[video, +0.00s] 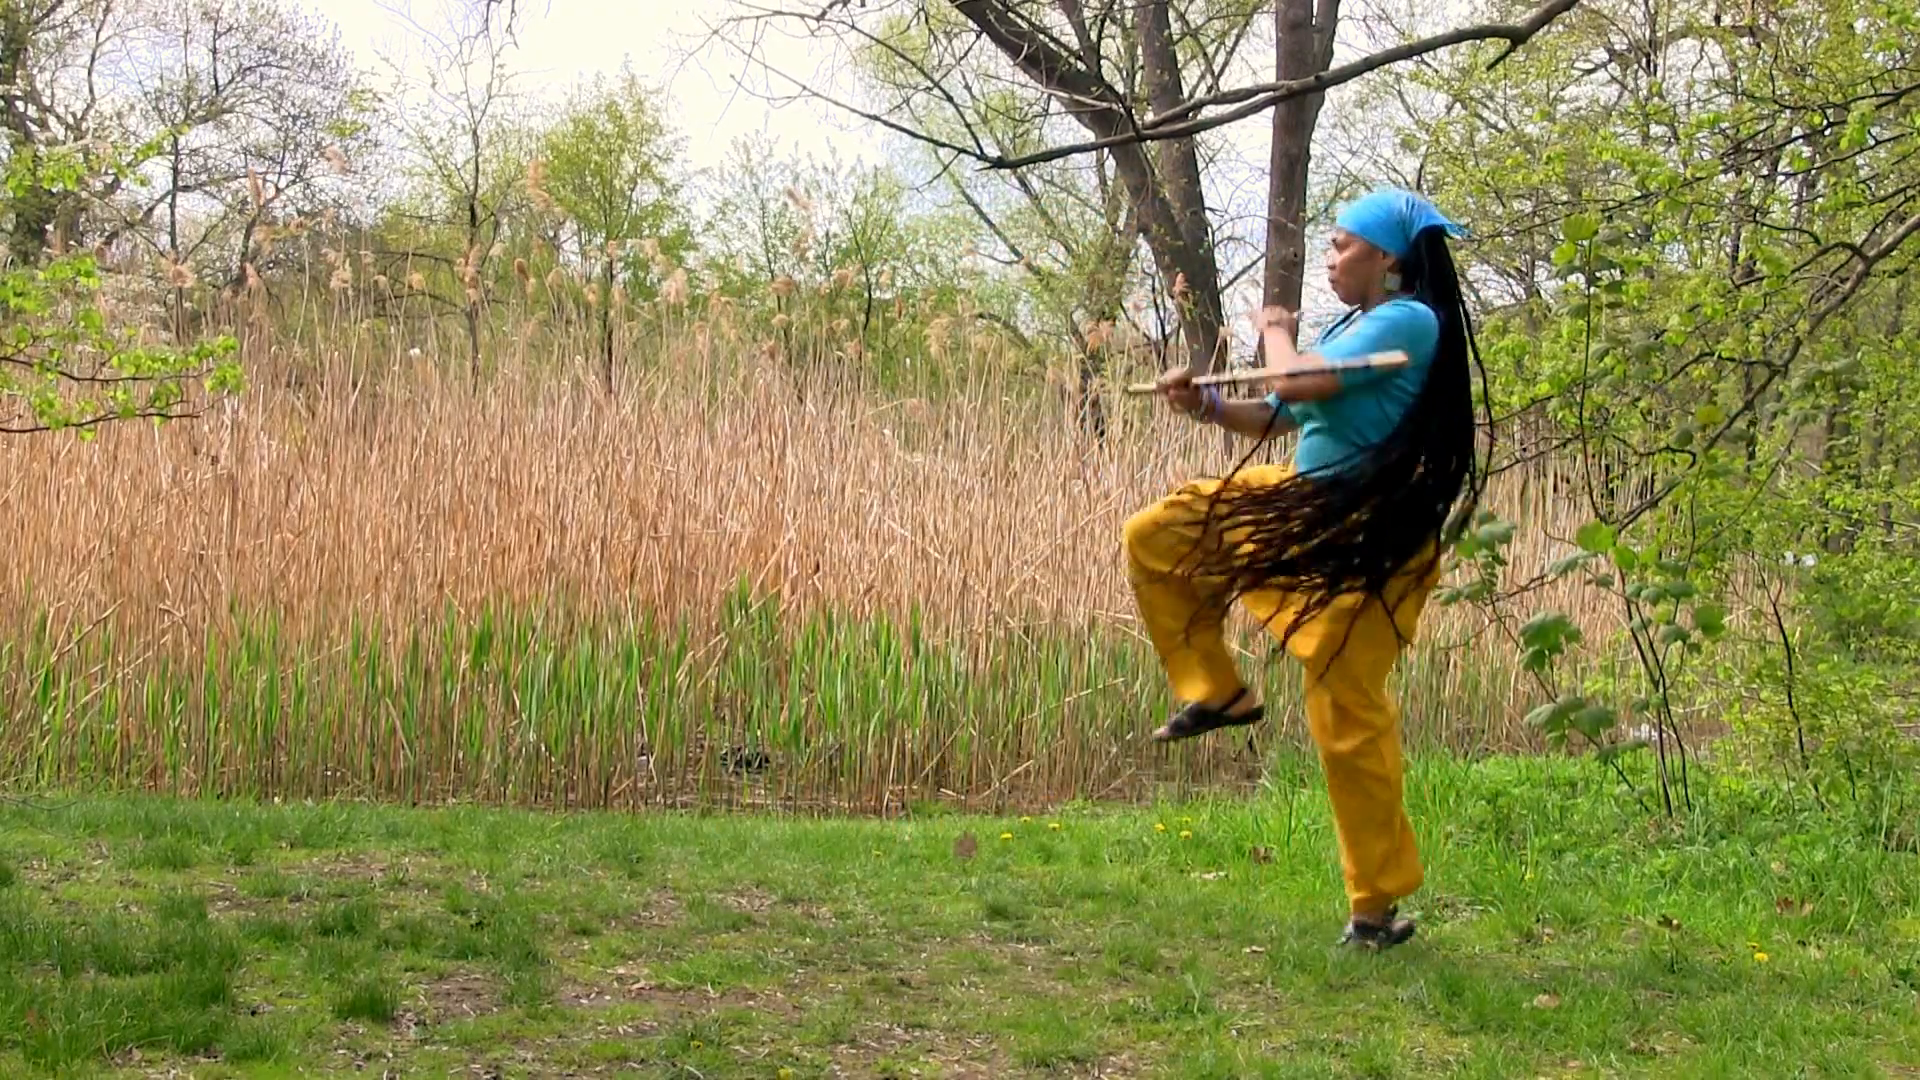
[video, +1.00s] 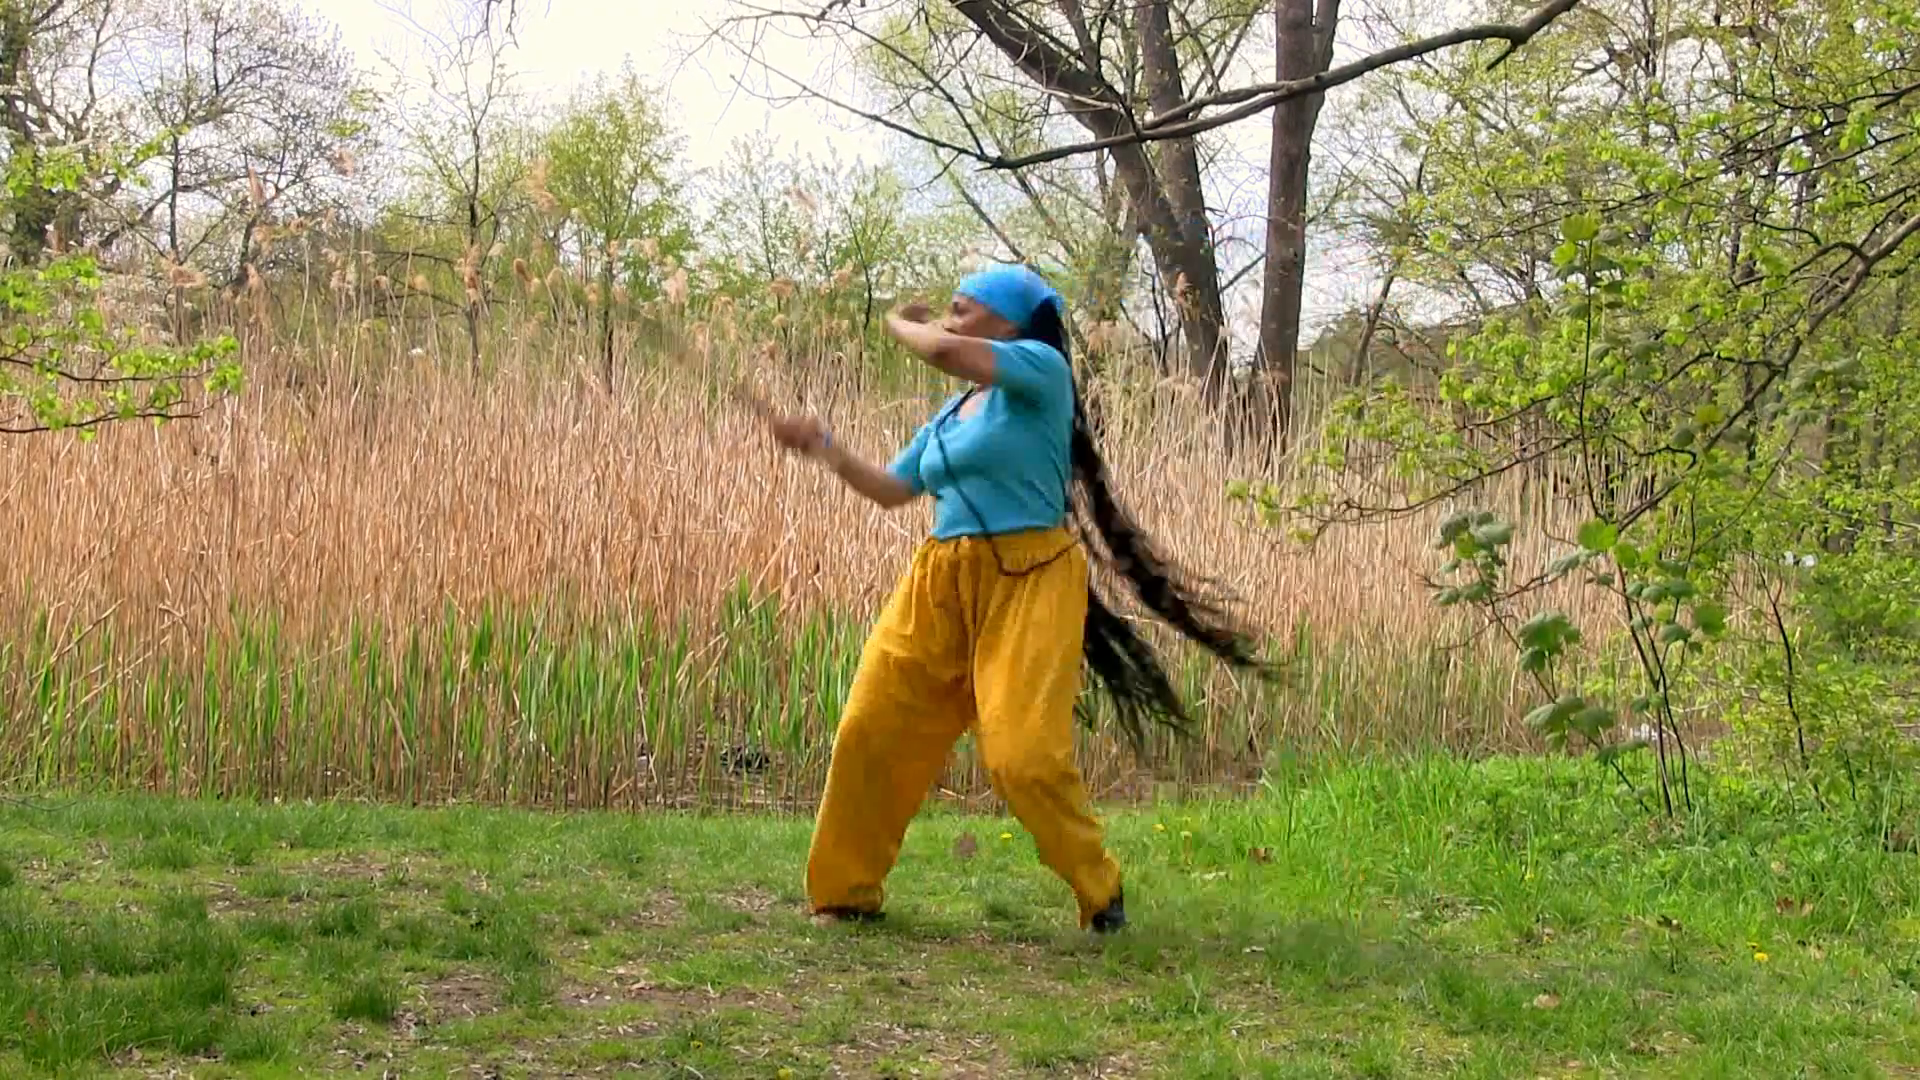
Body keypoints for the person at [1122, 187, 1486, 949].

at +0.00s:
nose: (1329, 257)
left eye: (1344, 245)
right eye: (1332, 244)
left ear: (1389, 258)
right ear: (1366, 259)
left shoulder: (1409, 322)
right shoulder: (1350, 331)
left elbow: (1304, 384)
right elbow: (1277, 417)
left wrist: (1275, 331)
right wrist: (1210, 405)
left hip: (1376, 537)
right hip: (1305, 504)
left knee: (1345, 711)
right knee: (1158, 539)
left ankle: (1376, 903)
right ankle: (1214, 690)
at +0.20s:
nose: (1315, 324)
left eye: (1331, 314)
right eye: (1318, 311)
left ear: (1379, 331)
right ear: (1348, 326)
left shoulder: (1441, 412)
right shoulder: (1301, 386)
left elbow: (1483, 516)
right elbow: (1235, 482)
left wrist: (1374, 513)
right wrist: (1158, 551)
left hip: (1381, 609)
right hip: (1269, 577)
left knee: (1355, 776)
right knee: (1161, 712)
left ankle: (1359, 928)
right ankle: (1107, 859)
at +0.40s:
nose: (1276, 343)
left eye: (1292, 334)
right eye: (1279, 330)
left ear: (1339, 352)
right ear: (1286, 335)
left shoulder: (1390, 431)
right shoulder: (1259, 395)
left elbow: (1503, 470)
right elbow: (1178, 452)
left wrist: (1455, 397)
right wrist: (1128, 455)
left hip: (1325, 601)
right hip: (1219, 586)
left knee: (1346, 771)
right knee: (1149, 737)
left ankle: (1363, 925)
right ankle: (1150, 861)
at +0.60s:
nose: (1176, 277)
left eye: (1192, 268)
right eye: (1177, 266)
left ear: (1238, 286)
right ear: (1188, 281)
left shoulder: (1289, 357)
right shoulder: (1165, 333)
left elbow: (1369, 374)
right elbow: (1092, 347)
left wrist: (1332, 291)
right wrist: (1113, 271)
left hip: (1220, 551)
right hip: (1114, 521)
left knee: (1269, 730)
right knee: (987, 658)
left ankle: (1314, 901)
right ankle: (929, 809)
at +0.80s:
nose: (1061, 306)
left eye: (1075, 296)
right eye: (1063, 294)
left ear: (1120, 312)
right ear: (1063, 302)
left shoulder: (1161, 386)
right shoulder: (1039, 361)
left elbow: (1161, 387)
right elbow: (976, 325)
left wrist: (1082, 348)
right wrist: (1023, 251)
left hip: (1100, 580)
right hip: (998, 556)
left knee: (1107, 760)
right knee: (923, 723)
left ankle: (1090, 893)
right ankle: (858, 884)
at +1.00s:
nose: (950, 319)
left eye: (967, 308)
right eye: (953, 308)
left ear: (1012, 322)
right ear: (962, 322)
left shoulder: (1042, 369)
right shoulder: (952, 415)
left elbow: (945, 349)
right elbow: (891, 489)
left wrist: (903, 325)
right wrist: (826, 448)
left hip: (1030, 578)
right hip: (941, 578)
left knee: (1021, 757)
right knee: (869, 727)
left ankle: (1099, 888)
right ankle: (850, 895)